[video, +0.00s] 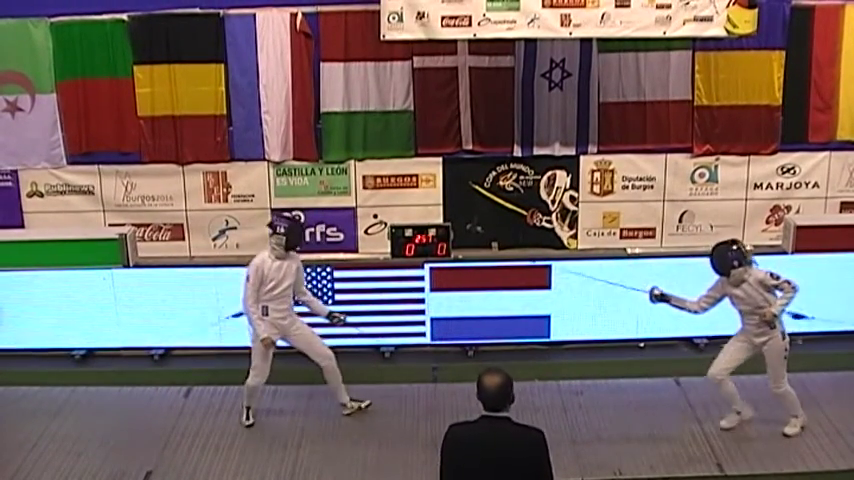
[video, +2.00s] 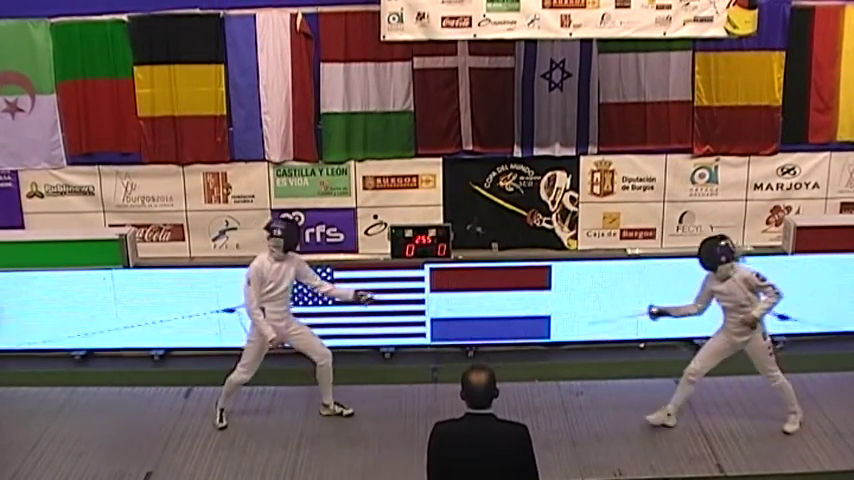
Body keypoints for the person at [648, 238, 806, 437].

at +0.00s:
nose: (729, 278)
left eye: (731, 273)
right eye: (727, 274)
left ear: (741, 266)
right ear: (724, 270)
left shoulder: (758, 277)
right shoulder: (724, 284)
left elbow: (790, 289)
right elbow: (698, 307)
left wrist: (775, 310)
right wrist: (666, 298)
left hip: (773, 336)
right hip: (747, 336)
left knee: (779, 386)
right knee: (717, 374)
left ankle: (798, 418)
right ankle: (740, 410)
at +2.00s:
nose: (715, 273)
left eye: (718, 268)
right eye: (714, 268)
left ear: (727, 262)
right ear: (714, 266)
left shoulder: (745, 275)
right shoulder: (711, 282)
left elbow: (774, 294)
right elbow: (697, 308)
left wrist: (757, 314)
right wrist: (665, 312)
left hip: (754, 335)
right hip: (728, 335)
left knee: (774, 377)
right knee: (693, 372)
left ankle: (795, 414)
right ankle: (669, 413)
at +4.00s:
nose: (808, 263)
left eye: (810, 259)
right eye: (804, 260)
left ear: (817, 252)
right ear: (799, 258)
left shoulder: (835, 265)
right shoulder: (798, 271)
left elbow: (852, 284)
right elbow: (795, 301)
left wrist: (843, 299)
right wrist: (763, 316)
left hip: (836, 328)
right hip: (807, 326)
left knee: (838, 376)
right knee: (777, 367)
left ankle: (842, 417)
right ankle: (782, 409)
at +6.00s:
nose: (808, 274)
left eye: (810, 269)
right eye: (803, 270)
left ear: (812, 265)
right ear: (794, 269)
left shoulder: (826, 280)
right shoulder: (789, 284)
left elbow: (849, 299)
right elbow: (769, 310)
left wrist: (833, 318)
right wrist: (737, 304)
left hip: (829, 340)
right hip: (800, 338)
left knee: (850, 380)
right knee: (765, 374)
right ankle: (755, 418)